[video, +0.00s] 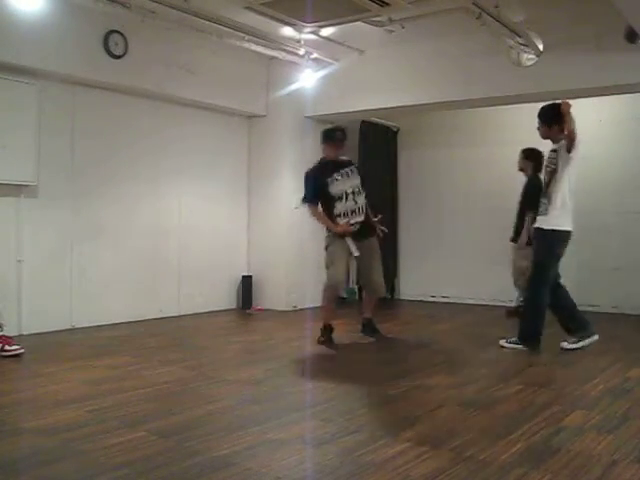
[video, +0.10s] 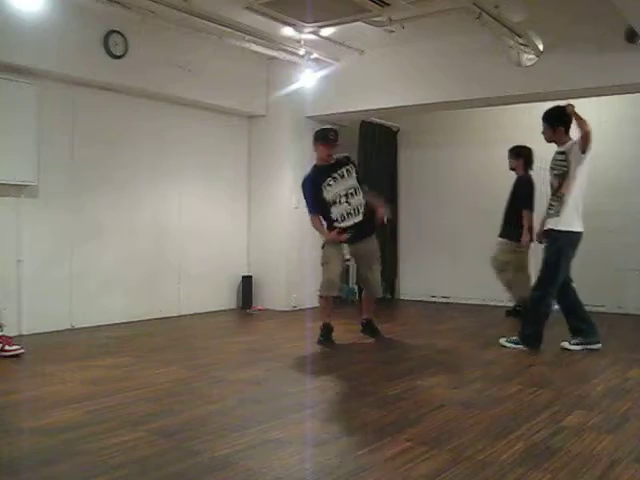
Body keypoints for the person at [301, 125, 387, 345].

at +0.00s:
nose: (339, 148)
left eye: (342, 144)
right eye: (335, 144)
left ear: (344, 145)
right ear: (326, 145)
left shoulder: (350, 165)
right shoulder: (315, 174)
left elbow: (358, 196)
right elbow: (313, 208)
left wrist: (371, 218)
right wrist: (334, 227)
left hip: (365, 230)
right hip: (339, 234)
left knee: (373, 282)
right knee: (335, 280)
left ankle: (367, 322)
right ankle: (326, 329)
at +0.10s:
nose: (330, 152)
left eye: (332, 147)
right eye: (325, 147)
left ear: (336, 147)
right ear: (316, 147)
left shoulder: (347, 163)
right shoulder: (311, 181)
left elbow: (359, 190)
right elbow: (314, 215)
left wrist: (377, 204)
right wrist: (325, 234)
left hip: (363, 230)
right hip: (336, 236)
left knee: (372, 280)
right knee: (330, 281)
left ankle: (367, 321)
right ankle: (325, 327)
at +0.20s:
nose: (327, 151)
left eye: (330, 146)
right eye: (323, 147)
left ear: (335, 145)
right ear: (316, 147)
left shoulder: (351, 161)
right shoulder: (313, 176)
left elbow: (368, 169)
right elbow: (305, 206)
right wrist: (301, 228)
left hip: (361, 232)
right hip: (333, 236)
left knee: (369, 281)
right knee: (329, 280)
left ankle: (368, 322)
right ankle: (326, 327)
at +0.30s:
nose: (331, 149)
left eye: (334, 145)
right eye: (327, 145)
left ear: (339, 145)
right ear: (319, 146)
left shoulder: (352, 162)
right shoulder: (313, 169)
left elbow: (379, 163)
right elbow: (291, 179)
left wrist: (397, 166)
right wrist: (286, 201)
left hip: (357, 232)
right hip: (329, 236)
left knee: (365, 277)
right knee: (328, 280)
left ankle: (367, 322)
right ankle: (326, 327)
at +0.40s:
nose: (346, 144)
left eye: (348, 140)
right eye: (343, 140)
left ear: (349, 140)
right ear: (334, 140)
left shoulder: (356, 160)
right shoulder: (318, 159)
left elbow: (380, 170)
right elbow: (297, 166)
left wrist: (377, 169)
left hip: (353, 226)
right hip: (326, 227)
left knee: (368, 276)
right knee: (326, 277)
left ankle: (368, 321)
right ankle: (326, 326)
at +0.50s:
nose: (362, 146)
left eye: (362, 141)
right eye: (359, 141)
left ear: (360, 141)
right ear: (347, 139)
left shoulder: (360, 161)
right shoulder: (328, 157)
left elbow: (367, 179)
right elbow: (315, 168)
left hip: (349, 222)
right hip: (325, 221)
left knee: (369, 271)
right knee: (332, 269)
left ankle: (361, 321)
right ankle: (326, 326)